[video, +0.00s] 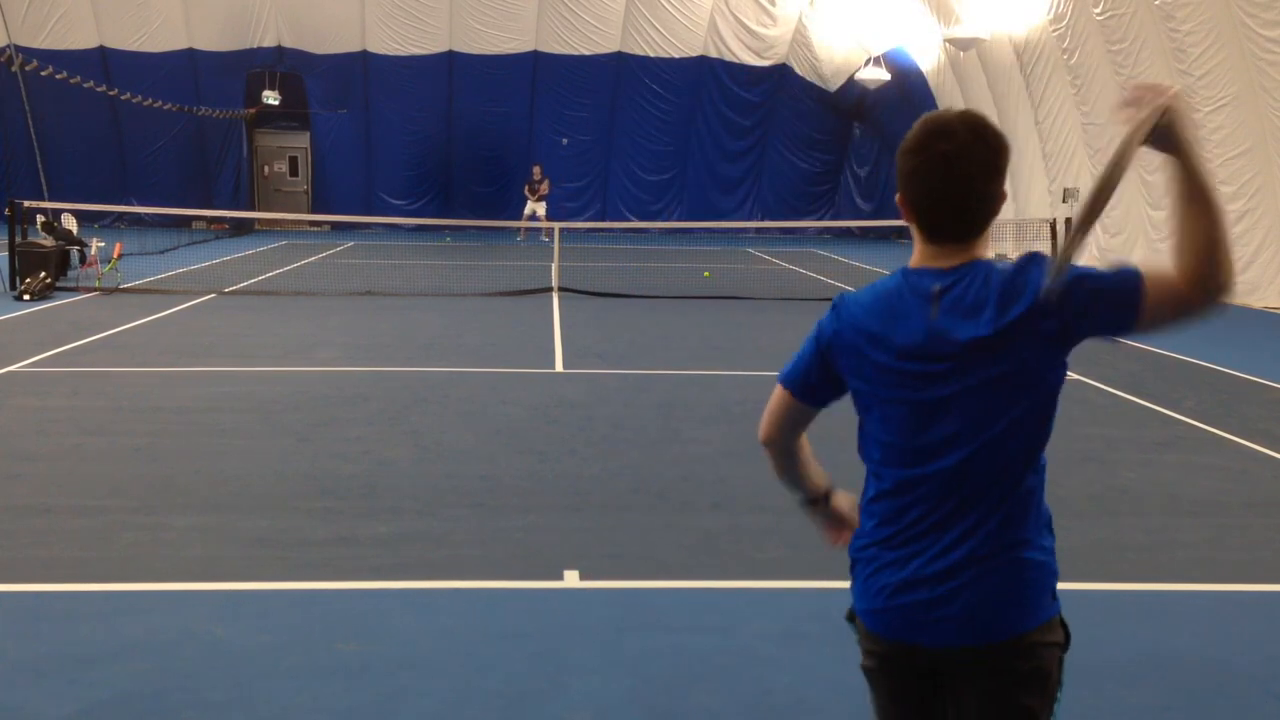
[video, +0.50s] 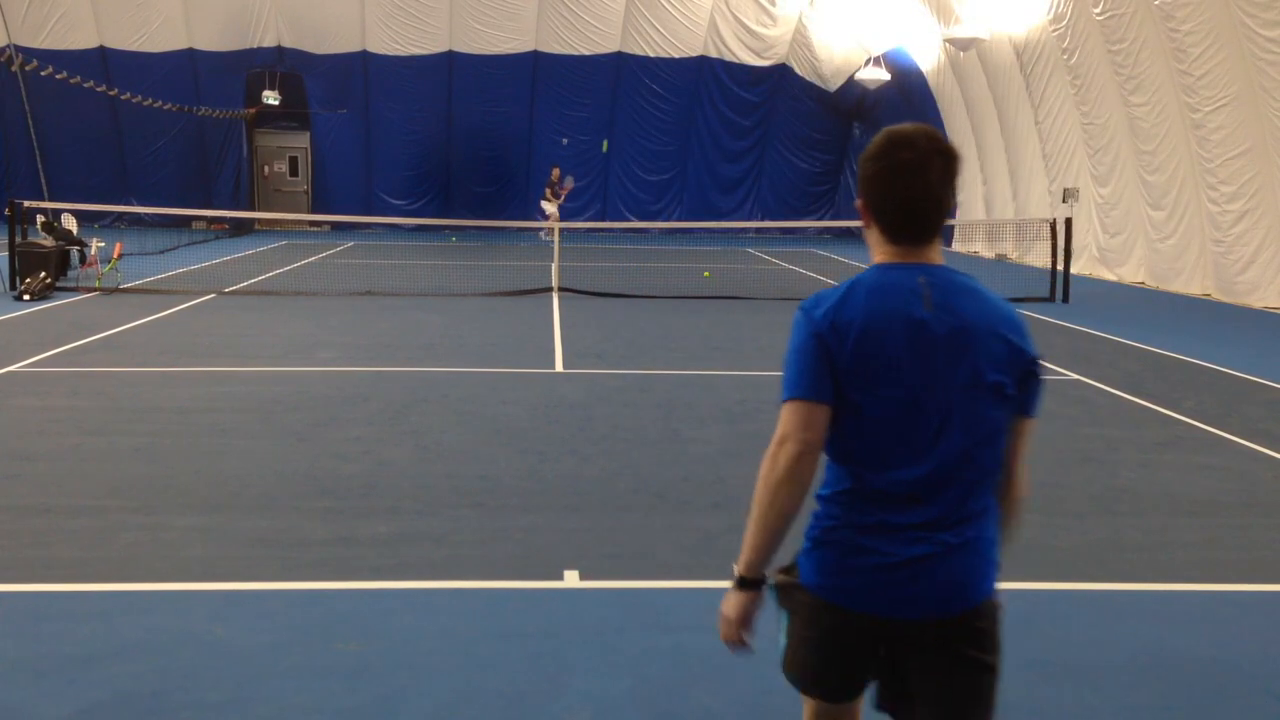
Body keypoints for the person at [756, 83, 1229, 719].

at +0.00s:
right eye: (998, 186)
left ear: (901, 205)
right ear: (998, 202)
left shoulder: (858, 316)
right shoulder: (1039, 295)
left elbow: (777, 432)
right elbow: (1202, 282)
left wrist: (823, 503)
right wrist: (1183, 152)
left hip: (893, 606)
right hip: (1010, 609)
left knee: (908, 709)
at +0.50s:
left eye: (856, 196)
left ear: (862, 209)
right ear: (950, 208)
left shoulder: (829, 316)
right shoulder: (1003, 327)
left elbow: (798, 448)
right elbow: (1010, 482)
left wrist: (748, 578)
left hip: (844, 586)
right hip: (956, 593)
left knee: (831, 704)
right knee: (949, 710)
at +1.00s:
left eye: (769, 201)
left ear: (770, 211)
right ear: (841, 211)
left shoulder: (743, 302)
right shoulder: (880, 301)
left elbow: (712, 429)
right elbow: (900, 414)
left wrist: (731, 443)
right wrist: (846, 431)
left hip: (768, 516)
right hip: (850, 514)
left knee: (756, 667)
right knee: (824, 629)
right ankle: (832, 717)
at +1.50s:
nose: (624, 205)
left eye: (622, 197)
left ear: (621, 206)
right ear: (683, 208)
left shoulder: (591, 291)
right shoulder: (711, 289)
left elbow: (569, 397)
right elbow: (730, 388)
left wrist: (596, 365)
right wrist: (669, 372)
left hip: (608, 481)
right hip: (689, 483)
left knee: (571, 584)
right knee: (732, 597)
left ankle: (589, 707)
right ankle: (795, 711)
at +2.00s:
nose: (383, 210)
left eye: (385, 201)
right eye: (390, 200)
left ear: (390, 210)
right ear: (449, 208)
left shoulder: (424, 288)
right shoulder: (451, 277)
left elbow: (364, 384)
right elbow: (394, 387)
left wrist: (299, 368)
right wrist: (320, 415)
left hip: (427, 475)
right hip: (451, 468)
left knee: (339, 606)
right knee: (387, 576)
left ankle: (355, 714)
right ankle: (504, 649)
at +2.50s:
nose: (252, 198)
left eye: (252, 187)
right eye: (252, 188)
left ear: (263, 192)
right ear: (316, 186)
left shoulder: (302, 255)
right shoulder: (337, 248)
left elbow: (314, 332)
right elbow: (320, 347)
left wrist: (252, 396)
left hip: (286, 441)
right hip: (304, 435)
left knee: (236, 589)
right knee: (259, 563)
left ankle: (333, 705)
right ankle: (279, 682)